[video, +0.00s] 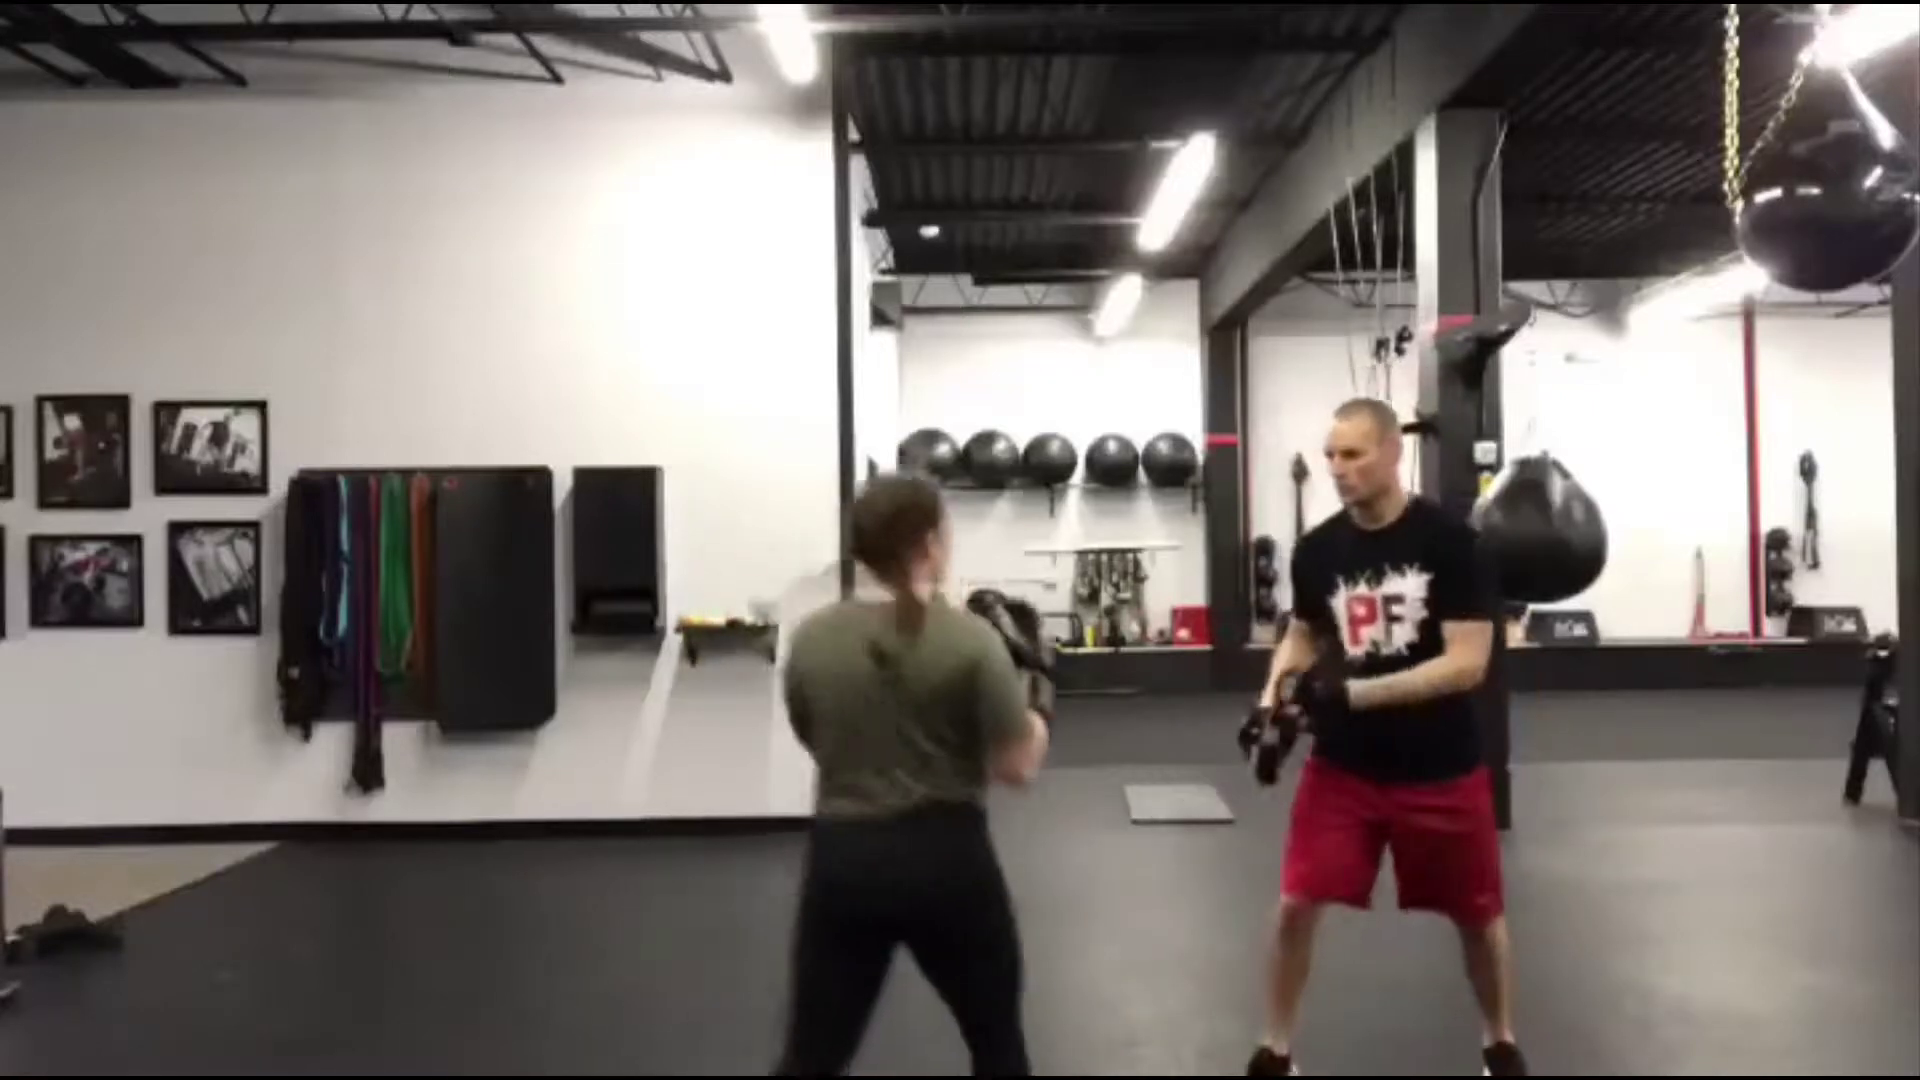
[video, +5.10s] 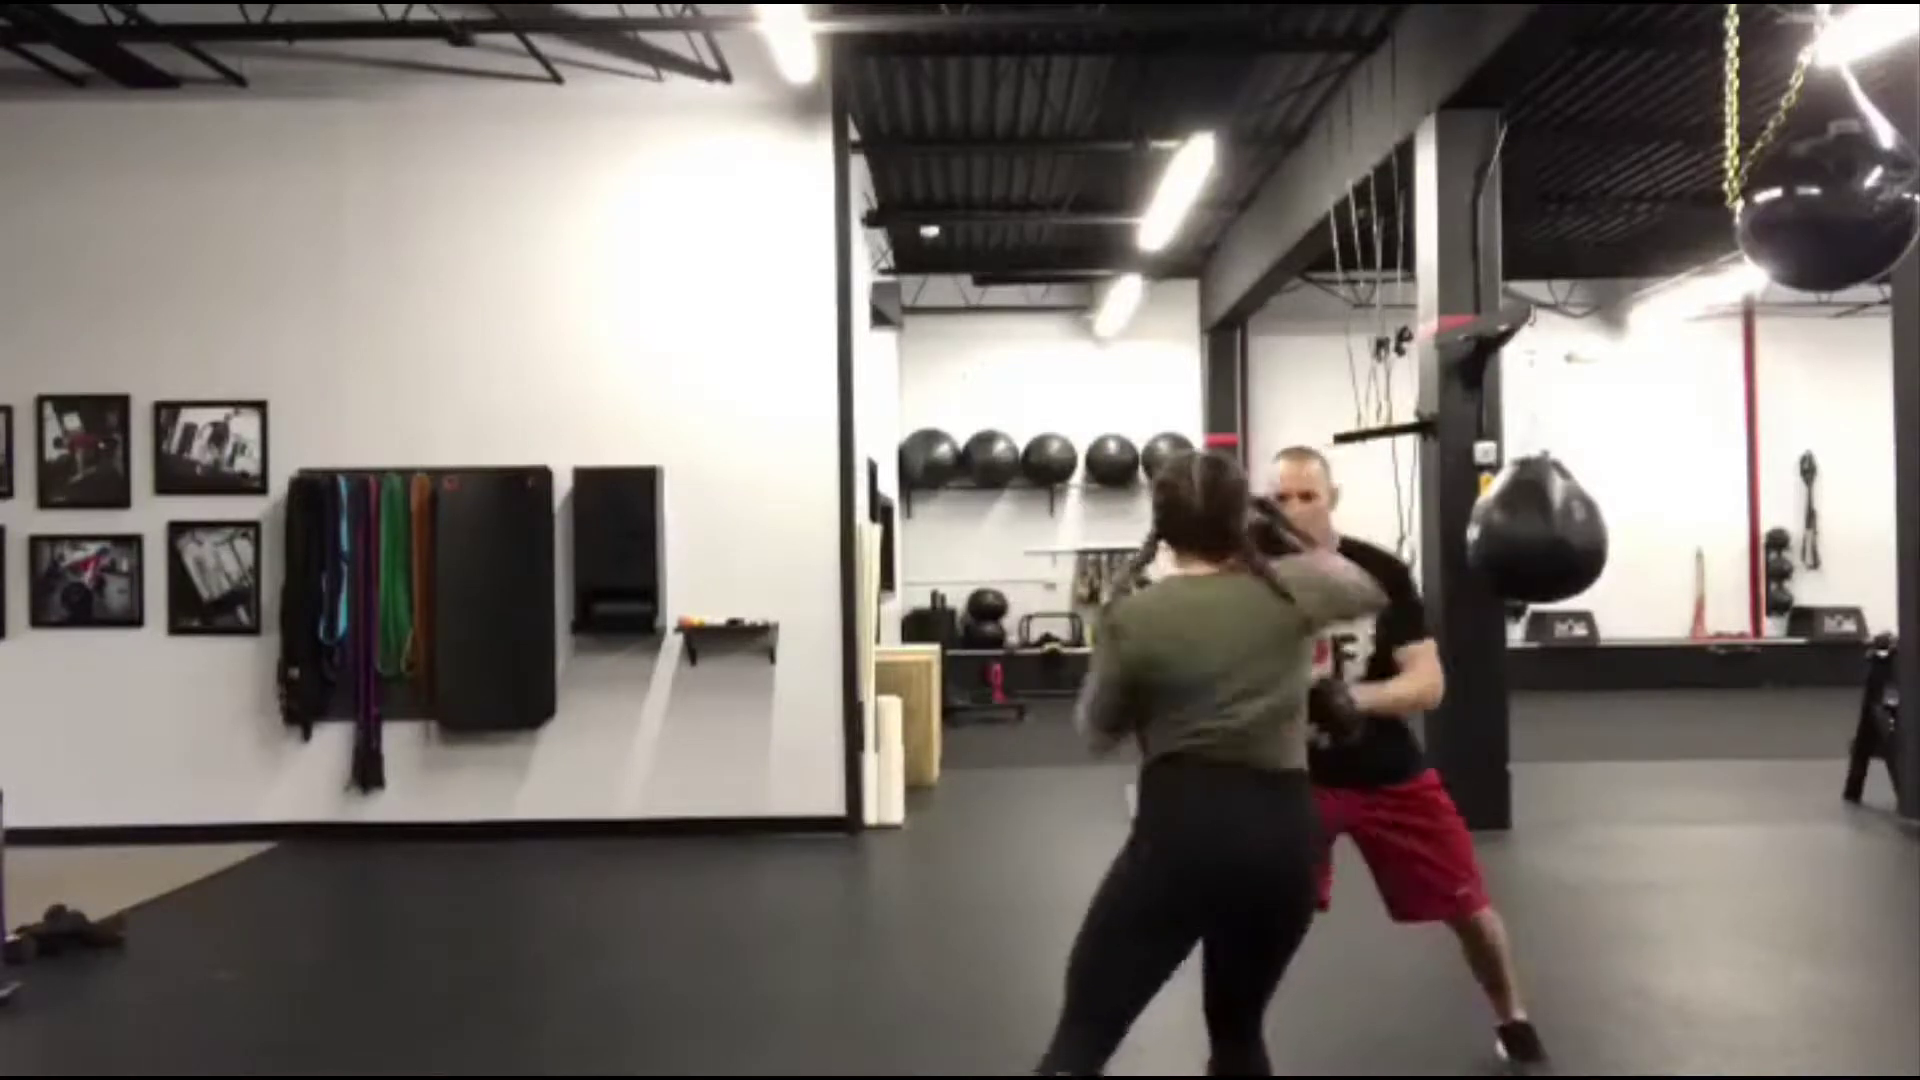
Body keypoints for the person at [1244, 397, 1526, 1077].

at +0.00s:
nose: (1339, 469)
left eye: (1352, 455)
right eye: (1332, 456)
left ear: (1393, 452)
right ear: (1328, 460)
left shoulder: (1451, 540)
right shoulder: (1317, 549)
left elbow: (1469, 661)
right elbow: (1303, 633)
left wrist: (1352, 691)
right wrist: (1274, 697)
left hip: (1443, 772)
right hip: (1343, 770)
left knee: (1481, 918)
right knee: (1296, 906)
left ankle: (1501, 1046)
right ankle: (1275, 1051)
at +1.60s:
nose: (1365, 473)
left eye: (1379, 458)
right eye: (1356, 461)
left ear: (1414, 460)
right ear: (1347, 468)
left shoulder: (1463, 550)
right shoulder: (1330, 551)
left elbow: (1496, 665)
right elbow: (1278, 655)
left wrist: (1409, 670)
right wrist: (1278, 588)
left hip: (1452, 779)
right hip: (1348, 775)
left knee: (1508, 921)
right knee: (1305, 915)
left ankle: (1543, 1044)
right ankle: (1265, 1064)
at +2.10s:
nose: (1294, 478)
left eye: (1307, 464)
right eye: (1285, 467)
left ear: (1345, 464)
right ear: (1278, 475)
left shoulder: (1408, 542)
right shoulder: (1267, 558)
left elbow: (1448, 650)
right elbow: (1227, 653)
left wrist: (1369, 645)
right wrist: (1218, 656)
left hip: (1416, 770)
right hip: (1314, 773)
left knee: (1476, 909)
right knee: (1287, 914)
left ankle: (1516, 1025)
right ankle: (1262, 1064)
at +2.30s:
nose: (1322, 503)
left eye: (1335, 489)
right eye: (1312, 491)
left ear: (1372, 485)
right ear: (1304, 494)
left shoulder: (1423, 556)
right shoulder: (1291, 571)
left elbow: (1441, 666)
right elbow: (1257, 662)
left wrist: (1349, 630)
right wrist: (1285, 739)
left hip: (1425, 779)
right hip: (1329, 777)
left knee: (1483, 922)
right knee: (1293, 914)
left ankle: (1508, 1022)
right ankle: (1261, 1065)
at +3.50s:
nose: (1335, 500)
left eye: (1349, 488)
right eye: (1331, 488)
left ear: (1389, 493)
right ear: (1327, 493)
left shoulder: (1439, 566)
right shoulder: (1310, 571)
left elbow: (1464, 680)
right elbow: (1253, 650)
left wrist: (1410, 615)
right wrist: (1258, 694)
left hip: (1429, 778)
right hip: (1327, 775)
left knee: (1491, 917)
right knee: (1284, 905)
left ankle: (1509, 1026)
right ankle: (1245, 1053)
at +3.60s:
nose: (1334, 496)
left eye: (1349, 484)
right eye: (1329, 485)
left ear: (1388, 489)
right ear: (1323, 493)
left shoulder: (1440, 564)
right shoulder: (1309, 570)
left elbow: (1465, 677)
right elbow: (1283, 657)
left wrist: (1407, 608)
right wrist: (1250, 604)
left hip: (1431, 778)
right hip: (1329, 772)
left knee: (1491, 919)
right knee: (1282, 904)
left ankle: (1510, 1026)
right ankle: (1245, 1052)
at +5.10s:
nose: (1295, 509)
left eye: (1307, 496)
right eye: (1284, 499)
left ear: (1331, 499)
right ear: (1271, 506)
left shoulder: (1379, 571)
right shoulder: (1260, 581)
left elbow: (1428, 682)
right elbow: (1239, 675)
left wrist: (1354, 698)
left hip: (1395, 778)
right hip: (1303, 782)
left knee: (1472, 912)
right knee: (1267, 919)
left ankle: (1515, 1023)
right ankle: (1233, 1045)